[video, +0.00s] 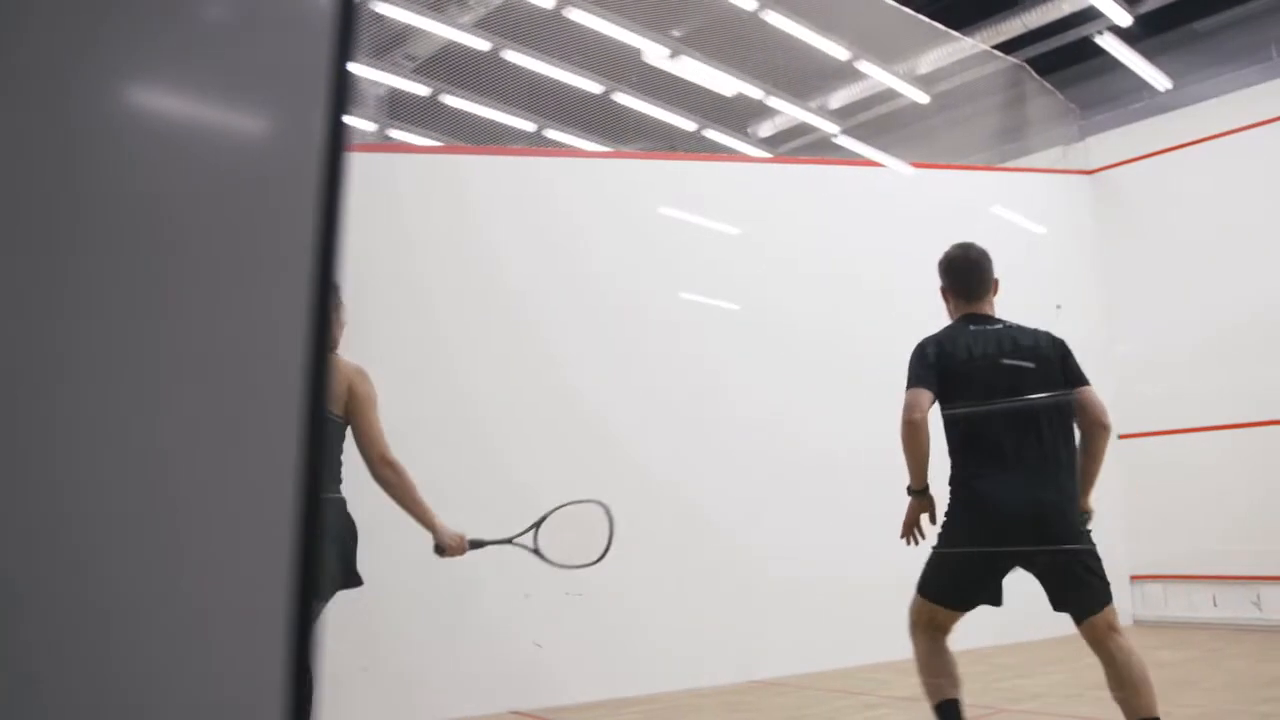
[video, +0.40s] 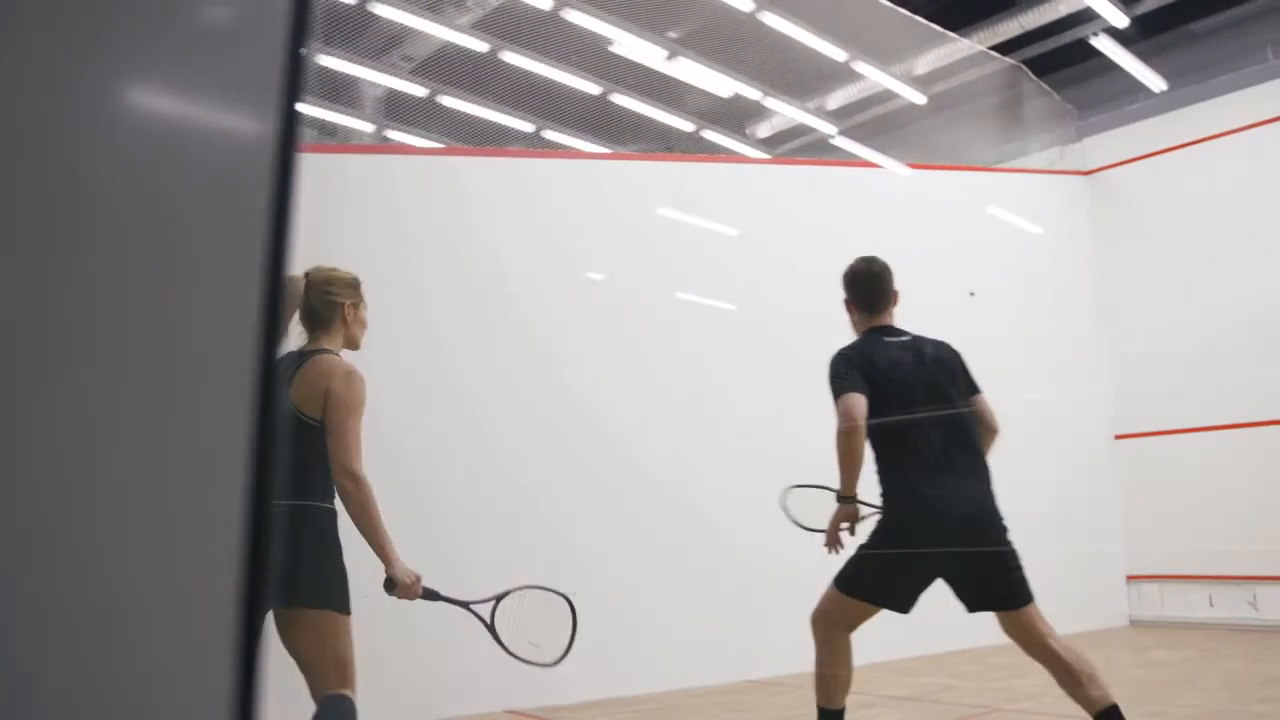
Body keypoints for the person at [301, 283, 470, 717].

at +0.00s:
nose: (342, 325)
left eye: (340, 314)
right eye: (339, 314)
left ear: (304, 320)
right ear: (330, 319)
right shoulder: (346, 378)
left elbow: (382, 464)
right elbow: (382, 465)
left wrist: (435, 526)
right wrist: (437, 528)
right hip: (317, 533)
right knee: (295, 653)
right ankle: (295, 710)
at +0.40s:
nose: (366, 319)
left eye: (365, 309)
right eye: (363, 308)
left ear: (312, 314)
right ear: (347, 311)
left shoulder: (276, 369)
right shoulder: (341, 376)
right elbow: (347, 474)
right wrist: (392, 561)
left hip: (251, 534)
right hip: (300, 538)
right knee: (334, 693)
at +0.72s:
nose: (410, 292)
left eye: (408, 281)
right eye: (407, 281)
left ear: (354, 287)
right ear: (392, 283)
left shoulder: (328, 347)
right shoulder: (383, 342)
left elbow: (295, 456)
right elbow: (369, 434)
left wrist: (350, 501)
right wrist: (396, 532)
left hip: (306, 524)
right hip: (360, 527)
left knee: (288, 676)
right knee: (373, 695)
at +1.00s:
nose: (463, 269)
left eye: (460, 260)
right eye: (460, 260)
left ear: (407, 263)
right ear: (449, 261)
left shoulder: (389, 324)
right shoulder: (435, 318)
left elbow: (352, 437)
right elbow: (420, 405)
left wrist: (413, 494)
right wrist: (455, 506)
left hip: (382, 502)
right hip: (407, 505)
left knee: (443, 671)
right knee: (378, 692)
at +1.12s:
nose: (489, 267)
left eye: (485, 257)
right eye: (486, 257)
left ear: (432, 259)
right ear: (475, 257)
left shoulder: (416, 322)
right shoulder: (458, 316)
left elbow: (378, 434)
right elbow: (454, 407)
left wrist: (446, 485)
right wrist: (501, 507)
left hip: (411, 507)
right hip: (431, 509)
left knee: (499, 662)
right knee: (377, 692)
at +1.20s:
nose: (507, 269)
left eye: (503, 259)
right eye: (504, 258)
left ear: (452, 261)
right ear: (494, 259)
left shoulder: (435, 326)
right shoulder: (475, 318)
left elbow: (396, 438)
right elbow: (479, 411)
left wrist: (469, 498)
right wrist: (539, 510)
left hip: (436, 515)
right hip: (444, 517)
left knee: (530, 662)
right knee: (372, 698)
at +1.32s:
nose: (532, 281)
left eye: (530, 271)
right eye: (531, 271)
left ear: (482, 271)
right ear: (521, 270)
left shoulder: (466, 331)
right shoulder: (503, 325)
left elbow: (425, 445)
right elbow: (524, 424)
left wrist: (497, 499)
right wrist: (595, 516)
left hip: (477, 532)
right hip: (467, 530)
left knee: (567, 674)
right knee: (384, 694)